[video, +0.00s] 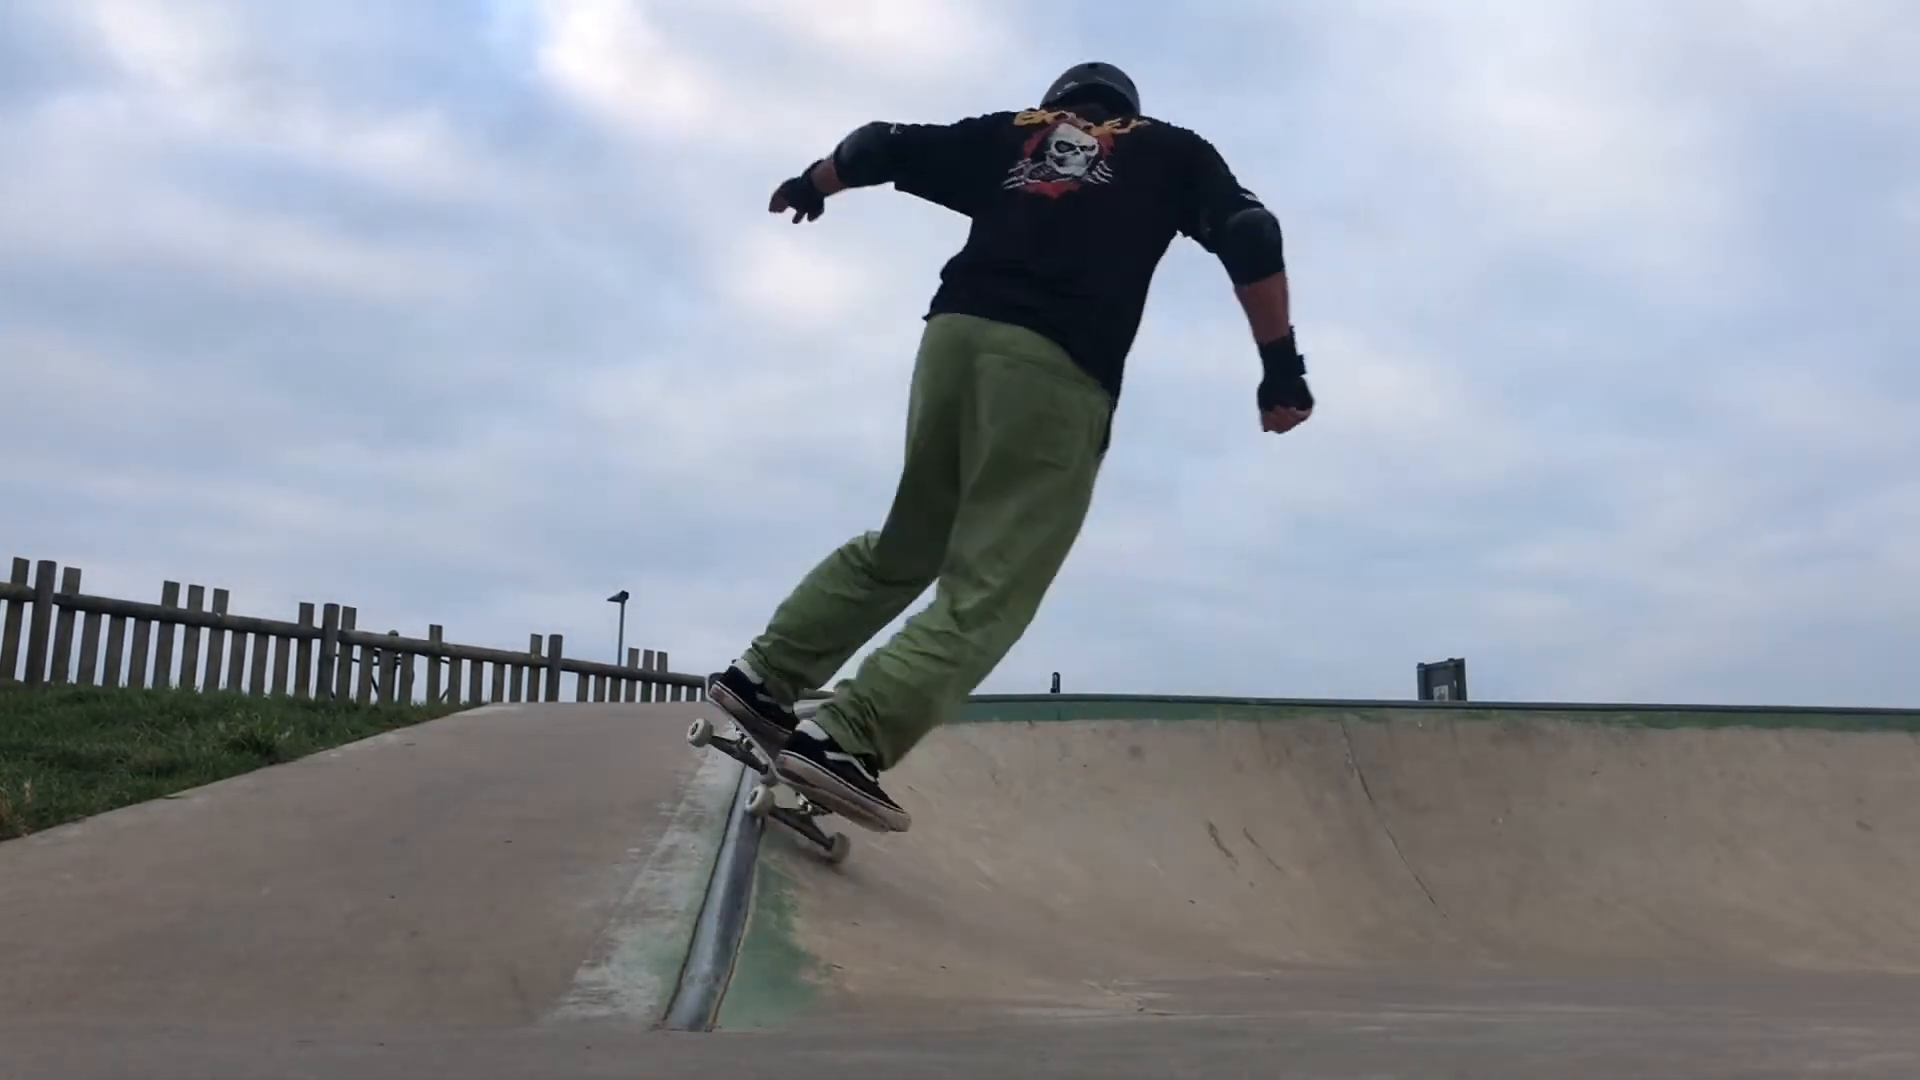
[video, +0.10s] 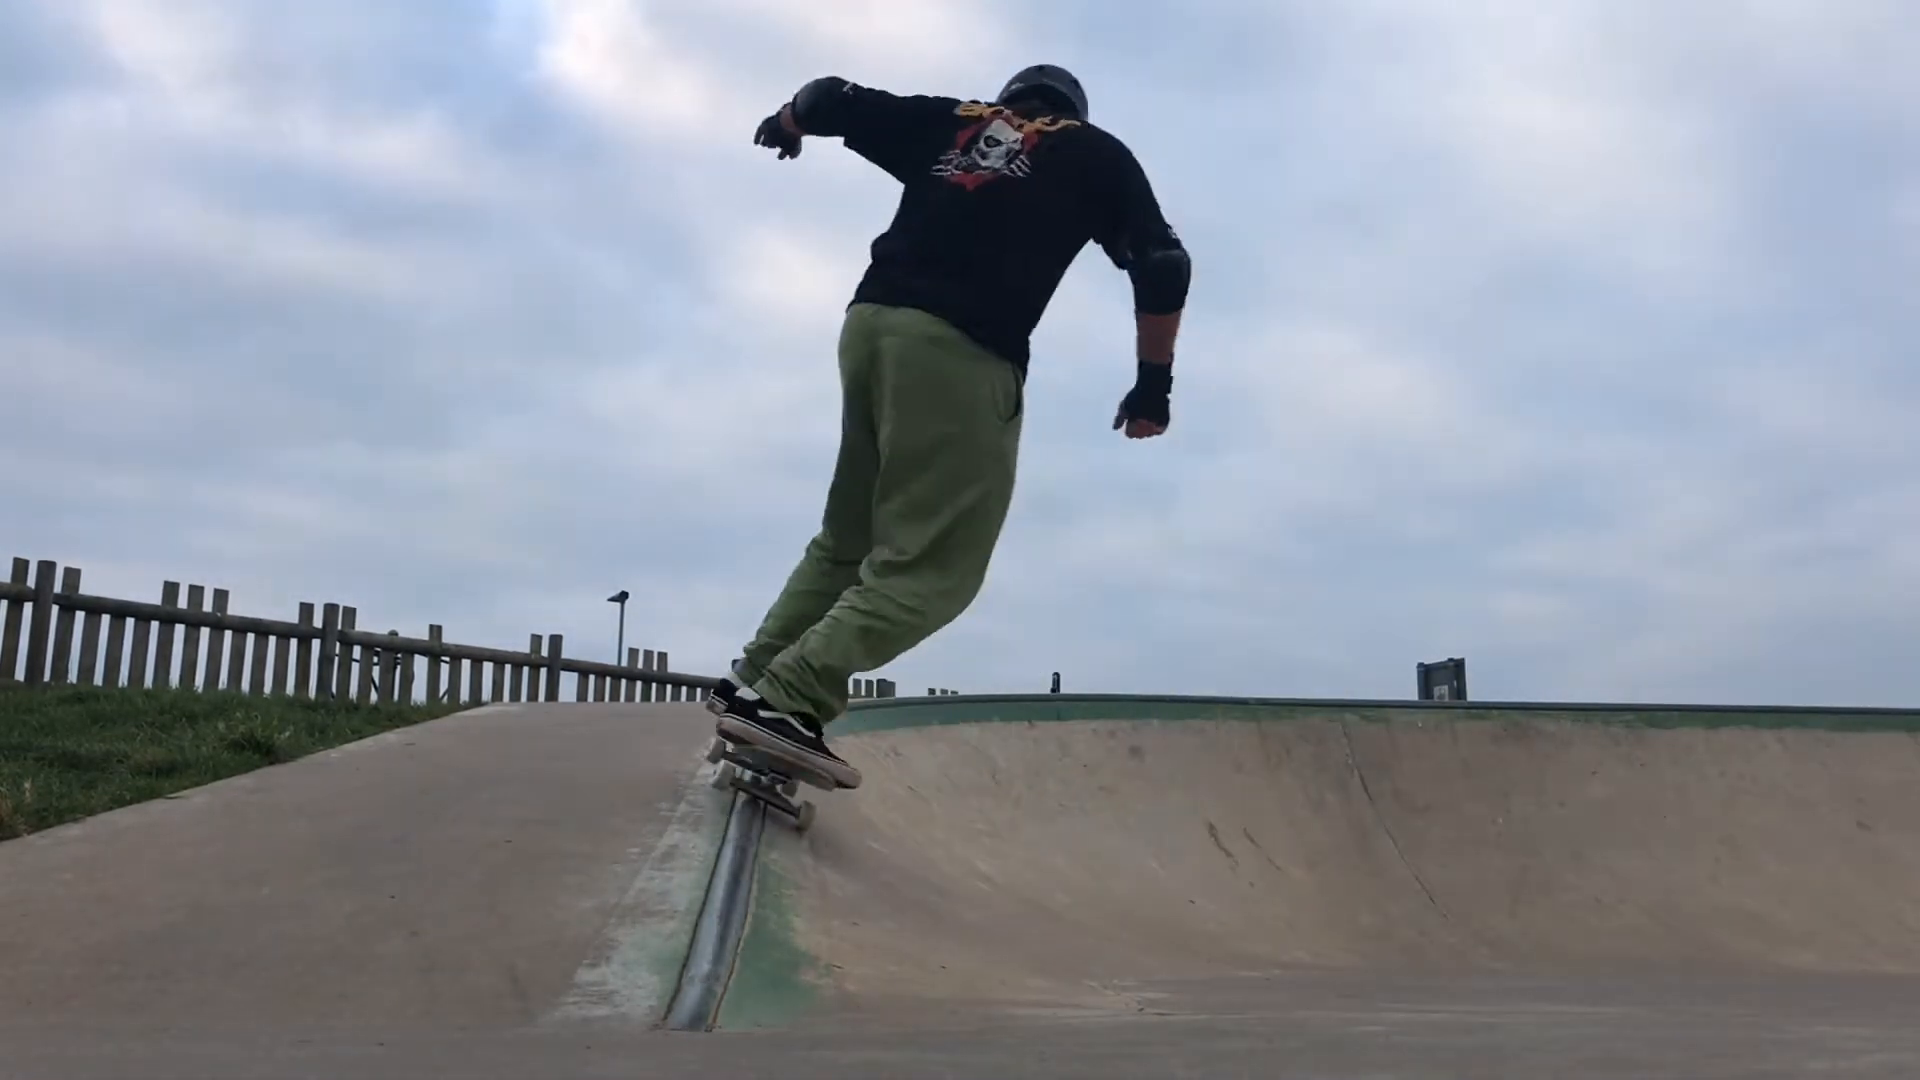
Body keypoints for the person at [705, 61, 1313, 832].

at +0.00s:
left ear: (1053, 106)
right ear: (1133, 115)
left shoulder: (1009, 133)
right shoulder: (1172, 151)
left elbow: (887, 144)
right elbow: (1250, 232)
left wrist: (816, 182)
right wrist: (1282, 367)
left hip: (952, 332)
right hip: (1055, 362)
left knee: (907, 542)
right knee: (986, 595)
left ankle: (762, 683)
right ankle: (844, 742)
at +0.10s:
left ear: (1007, 97)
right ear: (1076, 116)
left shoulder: (951, 120)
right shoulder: (1095, 154)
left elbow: (832, 96)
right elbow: (1164, 264)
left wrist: (790, 121)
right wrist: (1153, 385)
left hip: (871, 327)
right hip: (959, 350)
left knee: (847, 545)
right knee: (934, 570)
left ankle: (755, 687)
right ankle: (786, 702)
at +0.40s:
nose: (982, 167)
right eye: (983, 157)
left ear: (922, 134)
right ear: (976, 150)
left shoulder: (853, 158)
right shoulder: (974, 172)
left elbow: (748, 171)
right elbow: (1060, 237)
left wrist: (741, 217)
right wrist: (1105, 315)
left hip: (769, 332)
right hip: (848, 342)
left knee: (765, 531)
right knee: (847, 539)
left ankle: (726, 690)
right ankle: (738, 679)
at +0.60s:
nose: (965, 180)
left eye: (960, 171)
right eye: (966, 172)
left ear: (909, 150)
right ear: (957, 161)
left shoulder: (844, 179)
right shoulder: (951, 177)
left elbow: (749, 224)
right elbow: (1032, 235)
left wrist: (781, 281)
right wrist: (1069, 327)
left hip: (761, 327)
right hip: (834, 328)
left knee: (763, 521)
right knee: (832, 518)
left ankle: (723, 676)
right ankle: (734, 663)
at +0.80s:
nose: (979, 260)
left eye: (981, 255)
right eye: (985, 247)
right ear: (976, 223)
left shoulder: (870, 232)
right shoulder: (964, 198)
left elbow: (870, 333)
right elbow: (1038, 143)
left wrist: (915, 441)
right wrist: (1117, 84)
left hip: (783, 334)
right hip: (874, 335)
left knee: (751, 525)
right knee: (894, 522)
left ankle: (711, 678)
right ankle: (872, 688)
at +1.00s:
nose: (1043, 246)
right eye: (1028, 235)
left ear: (960, 228)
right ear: (1008, 230)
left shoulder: (904, 271)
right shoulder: (1000, 244)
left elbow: (892, 350)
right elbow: (1074, 195)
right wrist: (1125, 166)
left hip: (843, 429)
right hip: (924, 436)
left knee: (861, 558)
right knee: (919, 630)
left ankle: (779, 633)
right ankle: (851, 785)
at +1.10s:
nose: (1055, 289)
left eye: (1056, 280)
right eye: (1055, 279)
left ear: (993, 254)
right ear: (1041, 264)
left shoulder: (926, 310)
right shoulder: (1020, 284)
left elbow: (855, 409)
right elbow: (1108, 299)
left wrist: (853, 500)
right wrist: (1137, 310)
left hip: (878, 480)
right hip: (954, 473)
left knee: (941, 607)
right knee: (960, 653)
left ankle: (899, 746)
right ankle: (865, 791)